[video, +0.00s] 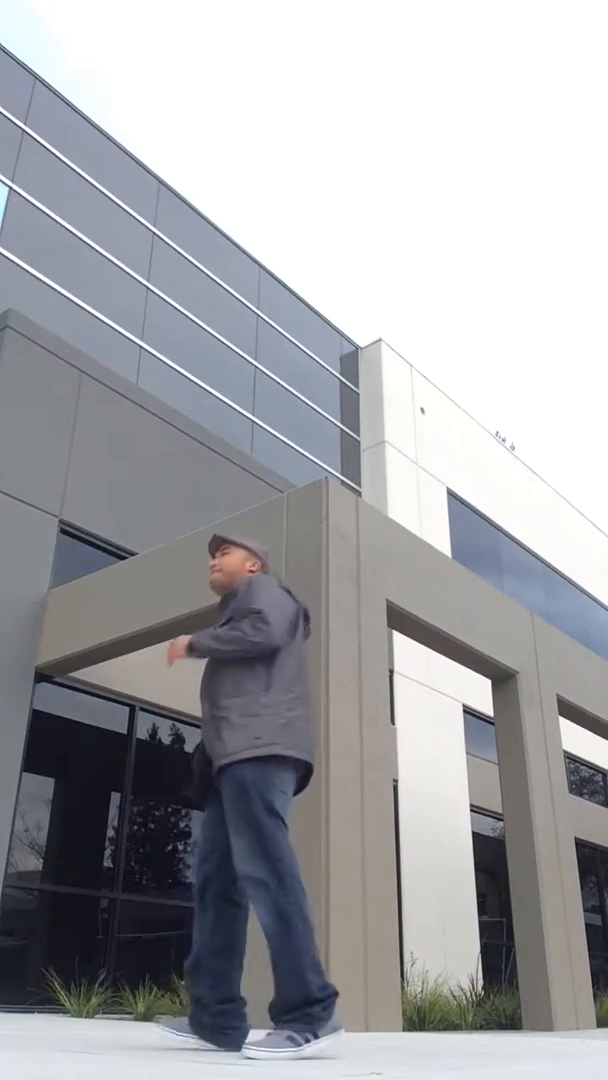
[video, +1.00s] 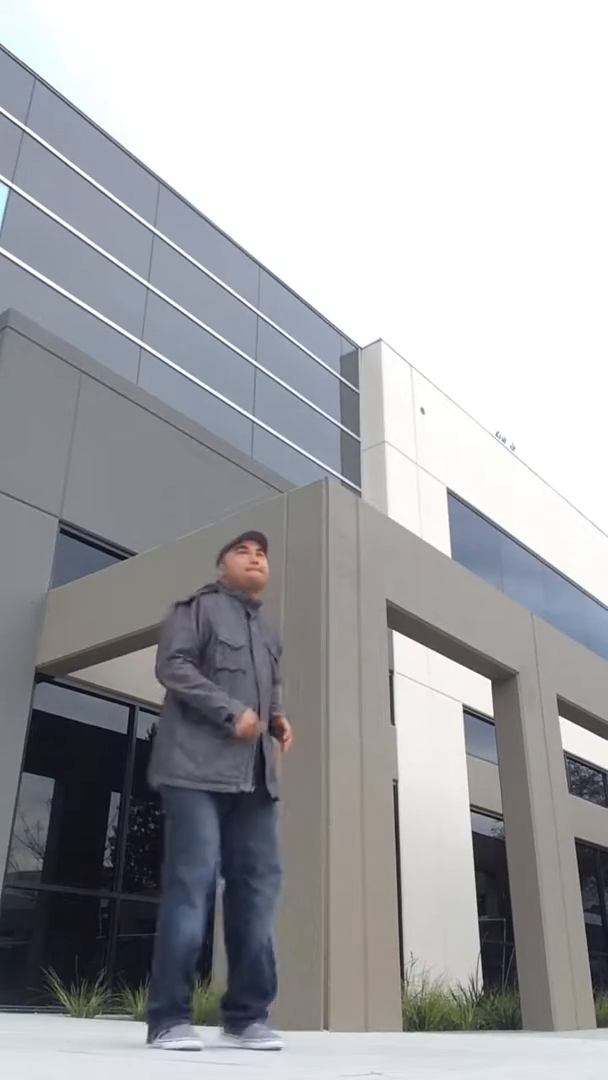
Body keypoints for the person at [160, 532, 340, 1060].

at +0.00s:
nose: (211, 563)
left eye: (221, 554)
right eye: (210, 557)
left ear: (253, 562)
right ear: (227, 570)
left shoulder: (263, 589)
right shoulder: (236, 614)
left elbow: (267, 633)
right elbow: (241, 699)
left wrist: (196, 643)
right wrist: (215, 757)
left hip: (258, 751)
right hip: (230, 758)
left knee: (268, 879)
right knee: (216, 885)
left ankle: (309, 1016)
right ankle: (215, 1021)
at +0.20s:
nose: (229, 556)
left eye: (241, 548)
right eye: (225, 552)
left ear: (270, 565)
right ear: (225, 572)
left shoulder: (291, 597)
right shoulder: (226, 631)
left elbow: (325, 648)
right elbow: (220, 714)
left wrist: (248, 672)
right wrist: (196, 771)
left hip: (281, 759)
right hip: (229, 768)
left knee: (275, 880)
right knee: (203, 867)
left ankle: (316, 1023)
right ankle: (255, 1014)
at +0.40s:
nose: (236, 540)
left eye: (247, 532)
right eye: (229, 538)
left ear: (274, 548)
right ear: (224, 559)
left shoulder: (306, 595)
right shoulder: (199, 612)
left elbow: (361, 638)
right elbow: (175, 659)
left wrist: (328, 657)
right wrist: (174, 675)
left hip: (297, 753)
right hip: (229, 759)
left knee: (306, 876)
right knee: (246, 884)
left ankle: (316, 1020)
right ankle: (262, 1021)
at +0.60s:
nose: (248, 549)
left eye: (258, 542)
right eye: (238, 546)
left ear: (278, 559)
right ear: (228, 566)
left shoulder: (310, 623)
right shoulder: (203, 617)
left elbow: (335, 672)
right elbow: (171, 674)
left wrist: (334, 691)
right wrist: (201, 698)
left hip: (295, 765)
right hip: (226, 768)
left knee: (302, 878)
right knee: (239, 887)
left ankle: (289, 995)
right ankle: (269, 1022)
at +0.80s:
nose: (255, 565)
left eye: (265, 560)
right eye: (245, 560)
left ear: (278, 580)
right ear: (229, 579)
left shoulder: (297, 640)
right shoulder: (202, 627)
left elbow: (314, 699)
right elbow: (171, 689)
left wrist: (309, 728)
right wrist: (230, 714)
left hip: (283, 782)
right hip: (220, 776)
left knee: (273, 897)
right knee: (226, 890)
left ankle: (257, 1019)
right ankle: (220, 1017)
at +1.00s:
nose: (255, 559)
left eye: (262, 555)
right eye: (243, 552)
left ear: (268, 573)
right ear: (220, 566)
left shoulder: (269, 629)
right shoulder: (194, 610)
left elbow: (267, 693)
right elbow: (172, 667)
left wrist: (275, 717)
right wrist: (230, 711)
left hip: (251, 775)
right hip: (192, 768)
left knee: (258, 884)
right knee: (192, 880)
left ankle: (246, 1016)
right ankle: (170, 1019)